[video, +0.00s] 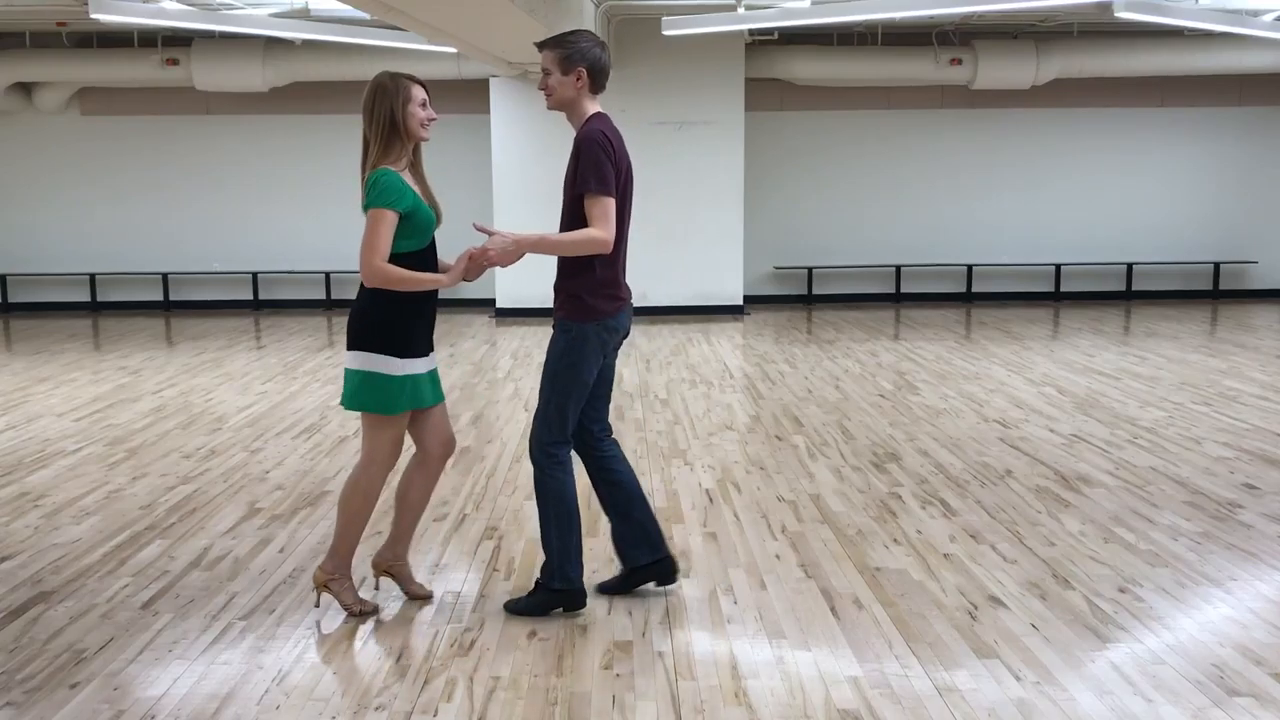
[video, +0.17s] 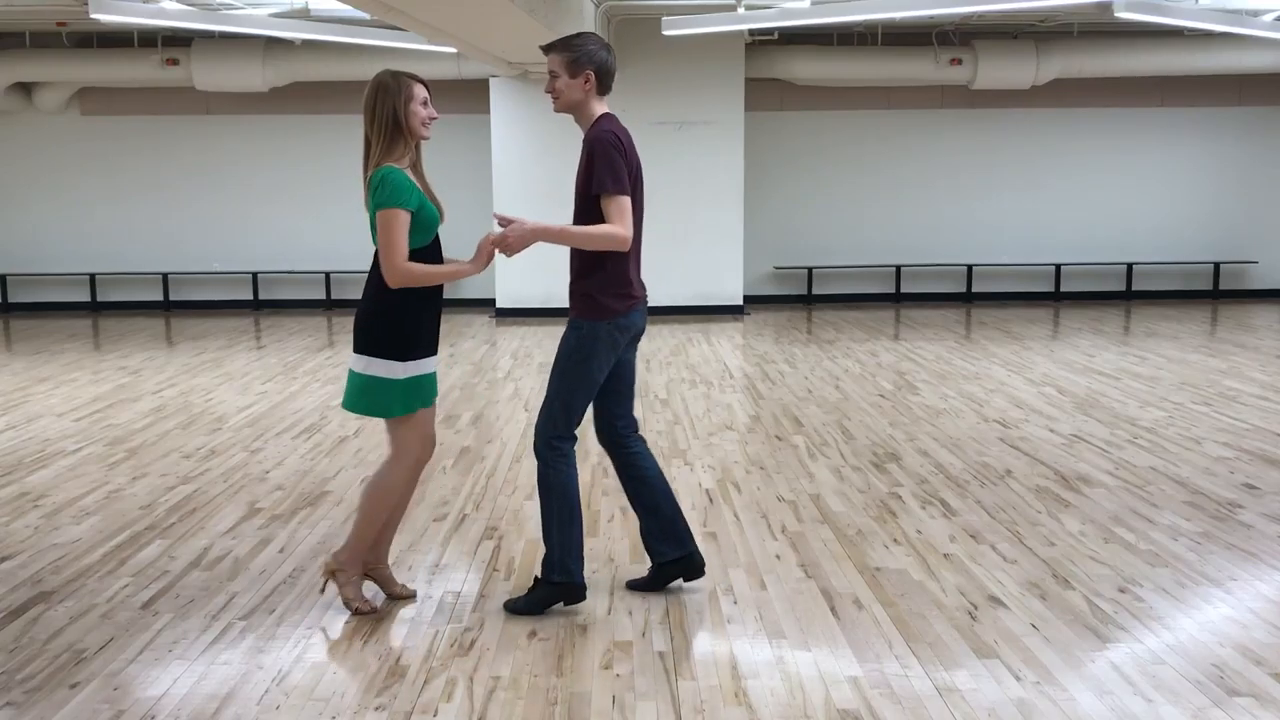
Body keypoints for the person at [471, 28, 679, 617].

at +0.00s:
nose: (540, 84)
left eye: (547, 74)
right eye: (541, 74)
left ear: (579, 77)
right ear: (580, 78)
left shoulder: (595, 139)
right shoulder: (601, 135)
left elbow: (602, 236)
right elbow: (593, 238)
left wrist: (525, 243)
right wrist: (520, 244)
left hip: (586, 317)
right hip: (603, 313)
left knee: (550, 444)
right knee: (591, 434)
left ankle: (562, 583)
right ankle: (648, 558)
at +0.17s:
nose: (547, 88)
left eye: (554, 78)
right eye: (547, 78)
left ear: (587, 80)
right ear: (585, 83)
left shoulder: (605, 139)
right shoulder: (610, 136)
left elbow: (620, 234)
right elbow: (616, 234)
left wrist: (538, 230)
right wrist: (542, 236)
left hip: (601, 315)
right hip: (622, 311)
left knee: (553, 436)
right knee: (617, 430)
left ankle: (562, 578)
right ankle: (676, 554)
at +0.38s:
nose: (560, 92)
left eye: (567, 82)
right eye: (559, 82)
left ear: (602, 83)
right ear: (596, 86)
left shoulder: (620, 138)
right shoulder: (614, 137)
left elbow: (652, 222)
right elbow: (605, 216)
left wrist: (575, 207)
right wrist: (547, 202)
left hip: (613, 314)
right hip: (639, 311)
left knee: (561, 423)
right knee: (630, 427)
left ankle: (597, 551)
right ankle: (677, 556)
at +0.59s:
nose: (567, 96)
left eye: (576, 87)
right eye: (566, 87)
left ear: (609, 90)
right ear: (598, 94)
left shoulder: (624, 143)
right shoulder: (608, 147)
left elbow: (674, 216)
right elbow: (581, 213)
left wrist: (629, 184)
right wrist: (550, 171)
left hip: (612, 314)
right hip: (632, 308)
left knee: (596, 428)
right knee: (632, 424)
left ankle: (627, 536)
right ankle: (676, 548)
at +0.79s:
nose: (572, 102)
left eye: (581, 93)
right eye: (570, 93)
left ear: (613, 96)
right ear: (584, 99)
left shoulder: (628, 150)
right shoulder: (590, 153)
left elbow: (673, 205)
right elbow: (543, 188)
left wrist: (659, 149)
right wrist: (542, 162)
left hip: (606, 314)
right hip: (627, 308)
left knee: (588, 429)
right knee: (615, 421)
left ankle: (628, 538)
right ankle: (683, 519)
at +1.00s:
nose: (578, 97)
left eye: (589, 88)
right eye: (574, 89)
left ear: (618, 91)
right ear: (572, 95)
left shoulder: (627, 145)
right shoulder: (575, 144)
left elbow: (678, 160)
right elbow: (517, 154)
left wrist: (664, 100)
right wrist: (554, 125)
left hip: (607, 303)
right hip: (605, 301)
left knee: (590, 423)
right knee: (597, 415)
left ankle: (628, 536)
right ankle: (669, 508)